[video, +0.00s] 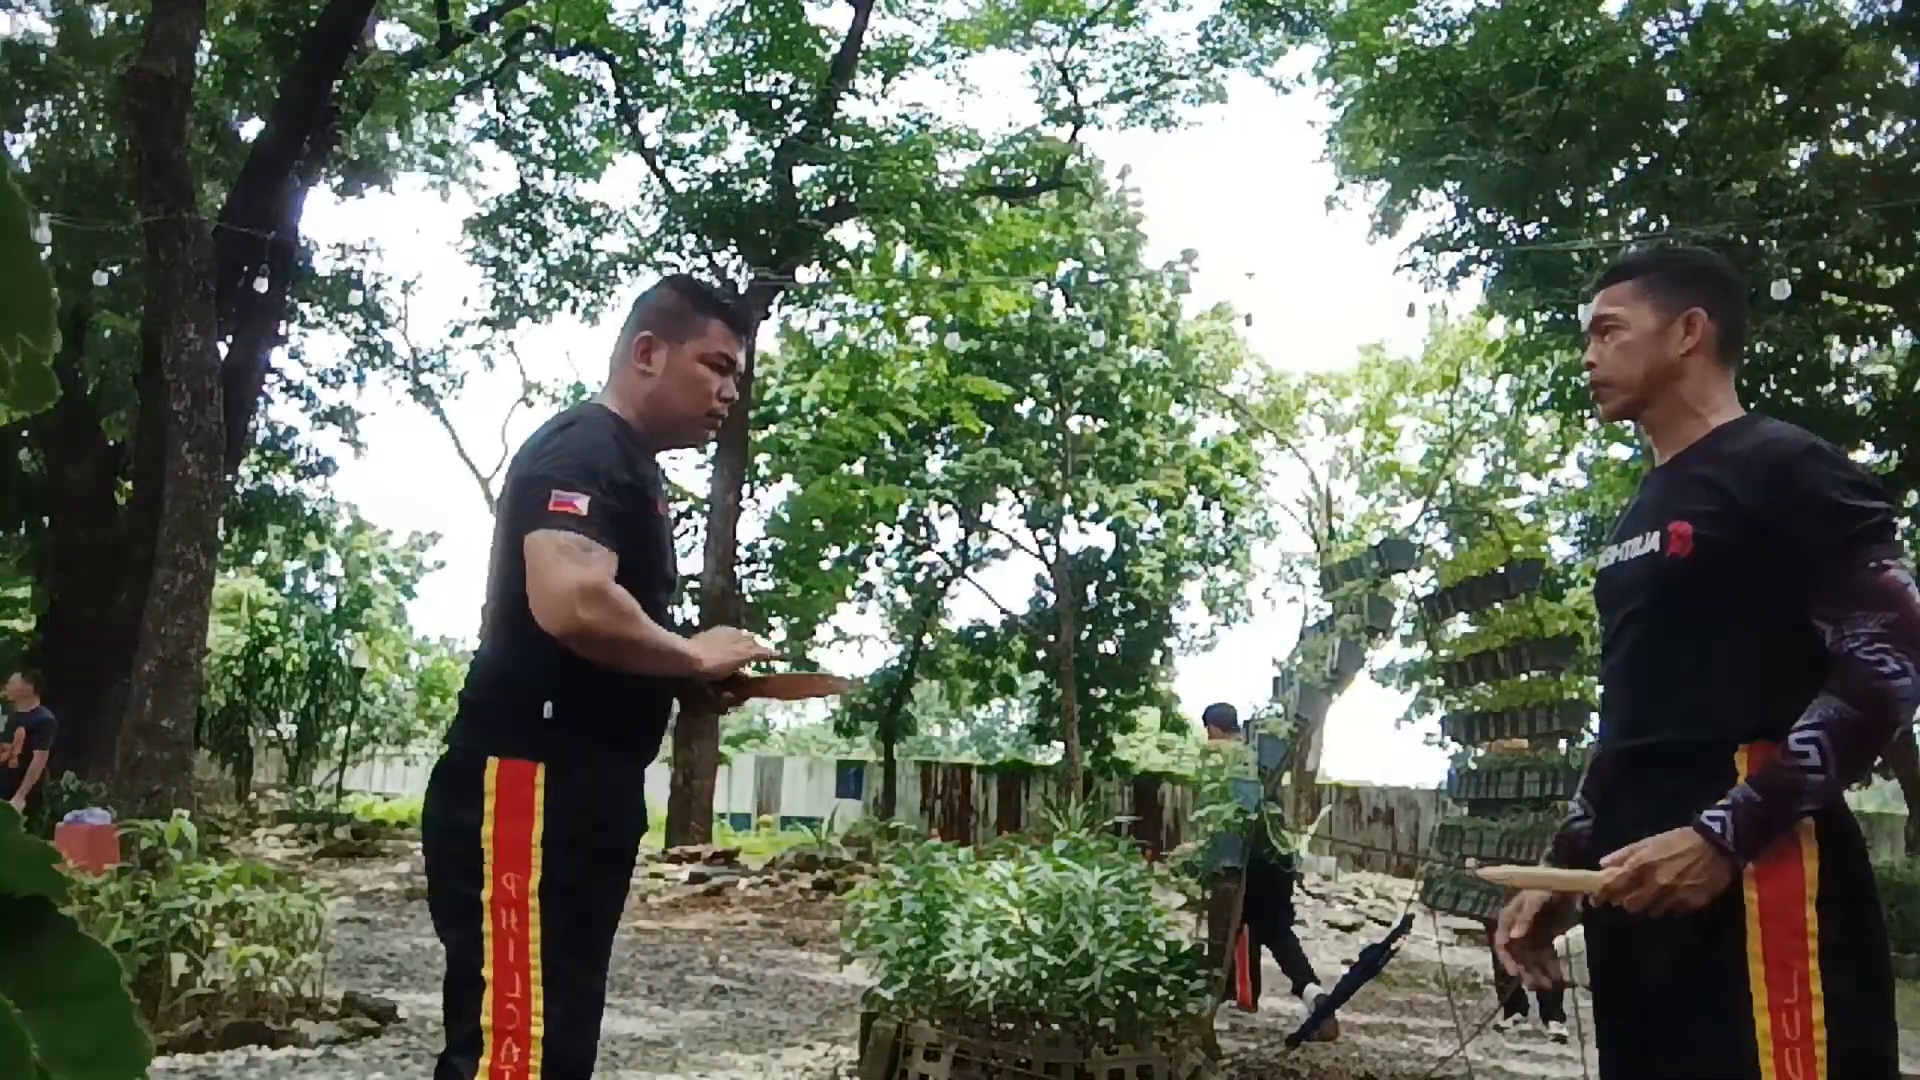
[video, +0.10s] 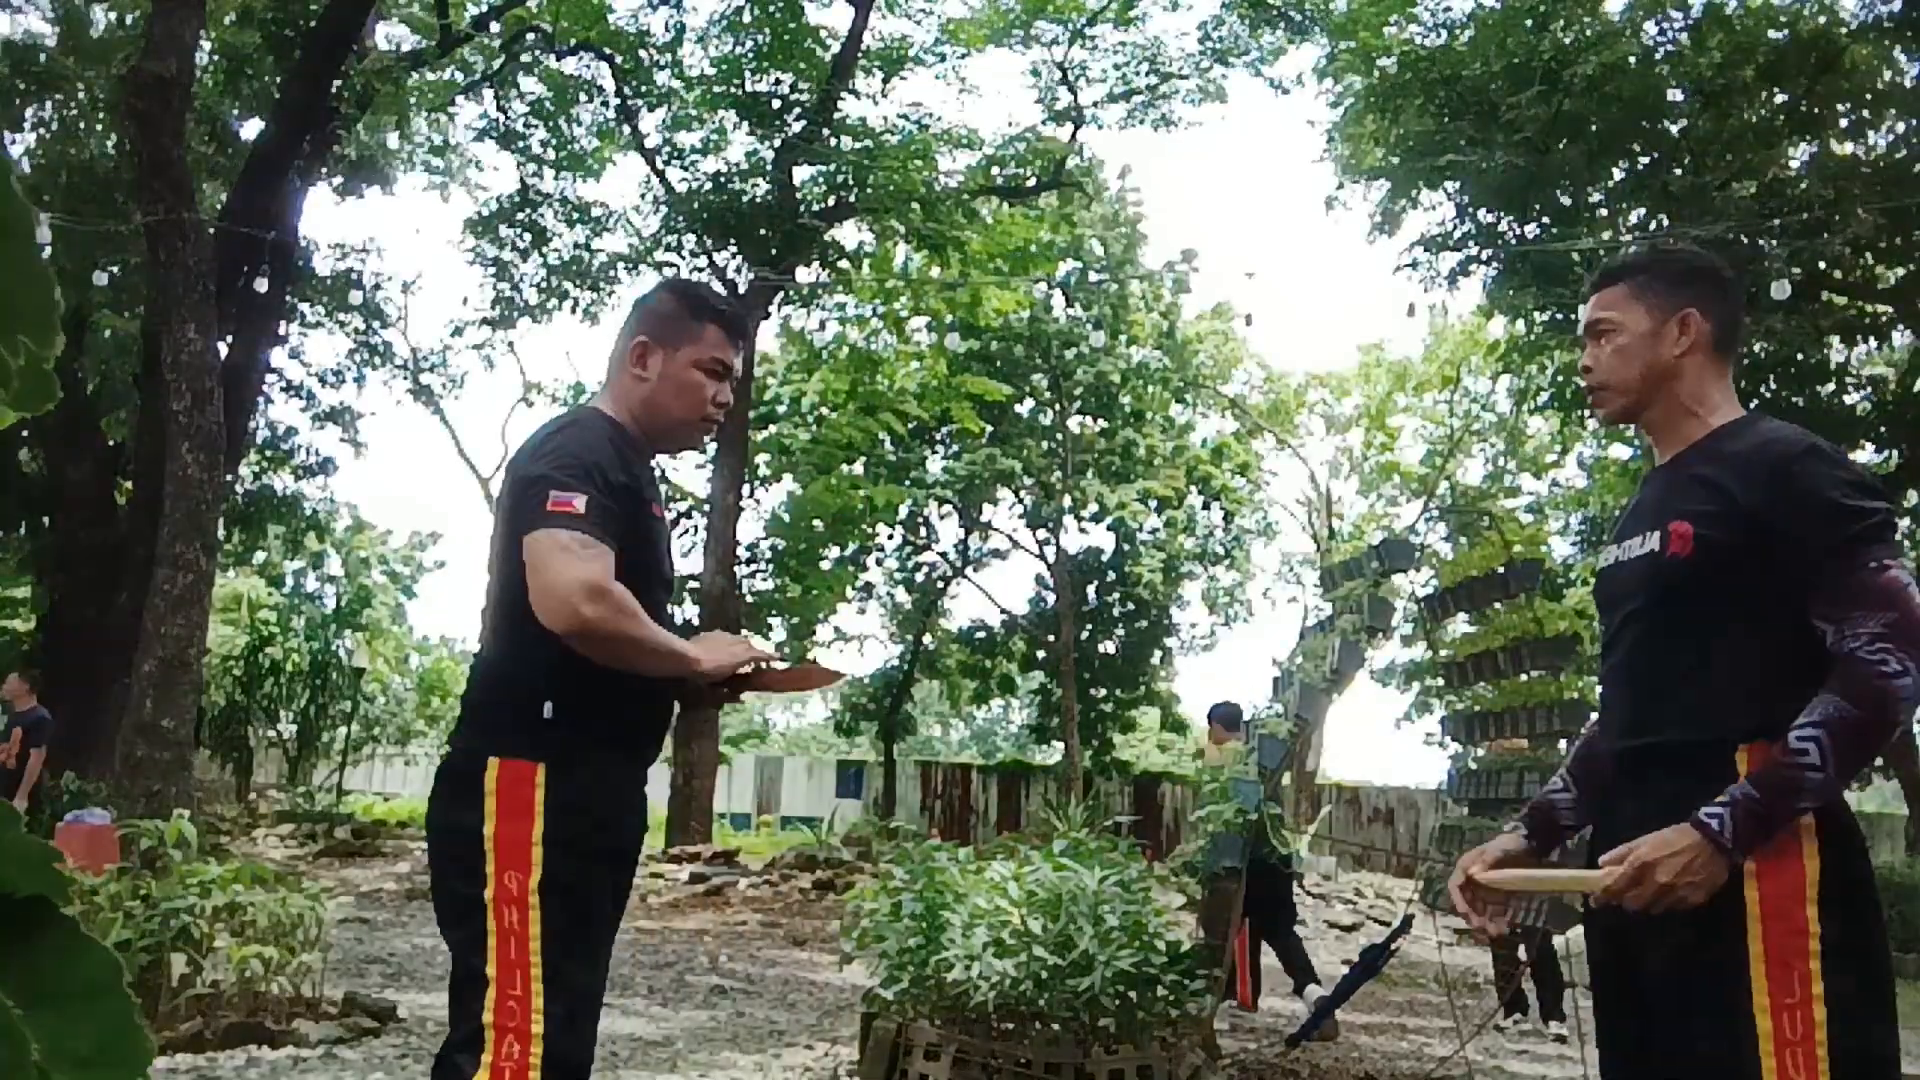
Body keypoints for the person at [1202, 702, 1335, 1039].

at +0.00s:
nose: (1206, 738)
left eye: (1207, 731)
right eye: (1207, 732)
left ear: (1215, 729)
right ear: (1234, 728)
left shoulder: (1223, 762)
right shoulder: (1257, 758)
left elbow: (1224, 822)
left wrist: (1197, 850)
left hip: (1245, 861)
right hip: (1277, 858)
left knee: (1241, 929)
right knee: (1277, 929)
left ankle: (1241, 1000)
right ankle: (1313, 993)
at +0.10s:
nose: (1209, 737)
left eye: (1211, 730)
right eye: (1210, 730)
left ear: (1221, 729)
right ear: (1238, 727)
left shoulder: (1230, 763)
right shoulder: (1263, 759)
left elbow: (1228, 820)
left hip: (1244, 861)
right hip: (1275, 859)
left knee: (1240, 929)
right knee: (1280, 929)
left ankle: (1241, 999)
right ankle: (1314, 995)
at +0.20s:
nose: (1214, 739)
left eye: (1217, 732)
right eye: (1214, 733)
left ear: (1229, 729)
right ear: (1246, 729)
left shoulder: (1226, 761)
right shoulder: (1270, 758)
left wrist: (1203, 748)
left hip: (1237, 861)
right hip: (1277, 863)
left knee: (1241, 934)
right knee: (1294, 929)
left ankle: (1241, 1000)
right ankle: (1312, 989)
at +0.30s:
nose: (1216, 741)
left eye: (1219, 735)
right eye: (1215, 736)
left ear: (1236, 728)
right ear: (1257, 726)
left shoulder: (1224, 756)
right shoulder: (1279, 756)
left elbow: (1178, 774)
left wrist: (1203, 748)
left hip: (1238, 860)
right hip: (1276, 860)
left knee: (1247, 930)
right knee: (1299, 922)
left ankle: (1242, 998)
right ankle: (1309, 991)